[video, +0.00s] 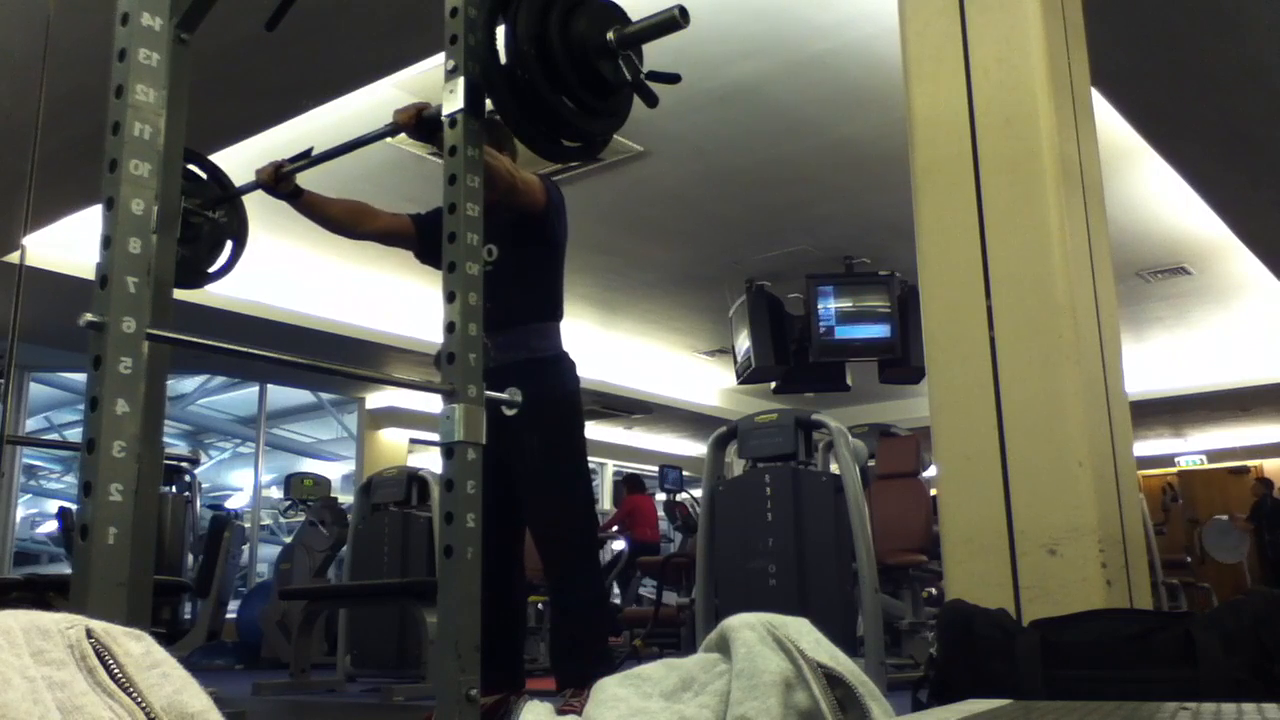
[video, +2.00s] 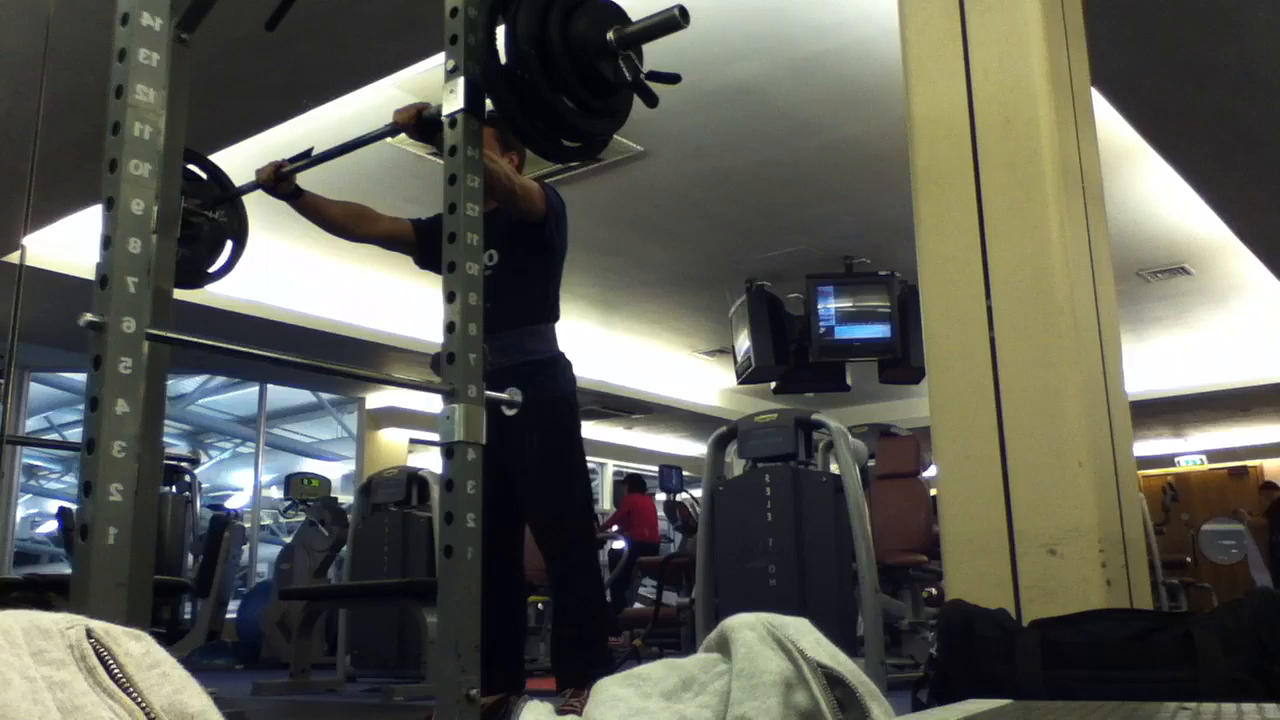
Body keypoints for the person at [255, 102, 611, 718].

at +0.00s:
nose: (463, 169)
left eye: (472, 156)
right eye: (457, 161)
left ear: (496, 151)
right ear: (451, 166)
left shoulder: (541, 202)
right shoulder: (455, 223)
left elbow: (504, 179)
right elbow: (369, 221)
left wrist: (440, 133)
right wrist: (294, 192)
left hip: (540, 384)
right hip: (477, 392)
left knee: (562, 536)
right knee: (488, 545)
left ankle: (579, 684)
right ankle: (498, 687)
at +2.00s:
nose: (469, 165)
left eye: (479, 153)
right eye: (464, 157)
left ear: (513, 156)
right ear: (460, 165)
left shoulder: (543, 209)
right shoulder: (458, 227)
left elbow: (505, 182)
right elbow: (369, 224)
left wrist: (441, 132)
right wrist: (294, 193)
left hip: (537, 384)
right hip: (476, 392)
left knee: (563, 537)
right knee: (489, 546)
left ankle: (579, 684)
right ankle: (499, 687)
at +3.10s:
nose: (468, 157)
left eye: (479, 145)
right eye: (460, 146)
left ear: (504, 152)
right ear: (447, 154)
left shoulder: (526, 200)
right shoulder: (431, 217)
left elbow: (517, 207)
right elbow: (350, 252)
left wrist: (445, 142)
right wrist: (297, 198)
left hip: (512, 389)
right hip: (449, 392)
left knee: (503, 537)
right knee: (435, 536)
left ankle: (500, 683)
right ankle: (461, 679)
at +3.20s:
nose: (428, 155)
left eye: (444, 146)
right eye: (427, 147)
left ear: (476, 156)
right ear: (427, 159)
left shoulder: (502, 208)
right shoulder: (407, 226)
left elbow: (499, 226)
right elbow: (331, 273)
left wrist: (436, 144)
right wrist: (291, 203)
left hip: (490, 397)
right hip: (421, 399)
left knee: (469, 544)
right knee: (370, 533)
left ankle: (475, 685)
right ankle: (437, 677)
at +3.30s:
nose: (403, 150)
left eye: (418, 140)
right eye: (399, 142)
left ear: (446, 153)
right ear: (393, 158)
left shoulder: (470, 206)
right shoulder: (382, 226)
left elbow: (469, 241)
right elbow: (304, 284)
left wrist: (434, 160)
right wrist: (281, 206)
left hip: (447, 404)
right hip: (386, 402)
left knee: (426, 553)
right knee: (298, 524)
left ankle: (445, 690)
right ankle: (343, 675)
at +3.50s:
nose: (373, 118)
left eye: (389, 114)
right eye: (370, 112)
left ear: (409, 140)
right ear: (354, 135)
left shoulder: (412, 195)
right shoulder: (315, 210)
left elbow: (399, 231)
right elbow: (240, 271)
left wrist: (412, 147)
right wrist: (258, 194)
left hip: (351, 379)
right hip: (287, 380)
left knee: (351, 546)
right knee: (220, 517)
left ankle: (432, 681)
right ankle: (250, 694)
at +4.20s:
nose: (404, 106)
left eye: (421, 103)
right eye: (404, 101)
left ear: (442, 130)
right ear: (390, 124)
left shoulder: (442, 178)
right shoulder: (354, 192)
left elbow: (414, 226)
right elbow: (267, 249)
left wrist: (440, 141)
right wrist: (300, 188)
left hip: (394, 352)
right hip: (325, 352)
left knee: (386, 516)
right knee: (275, 502)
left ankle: (399, 693)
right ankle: (258, 685)